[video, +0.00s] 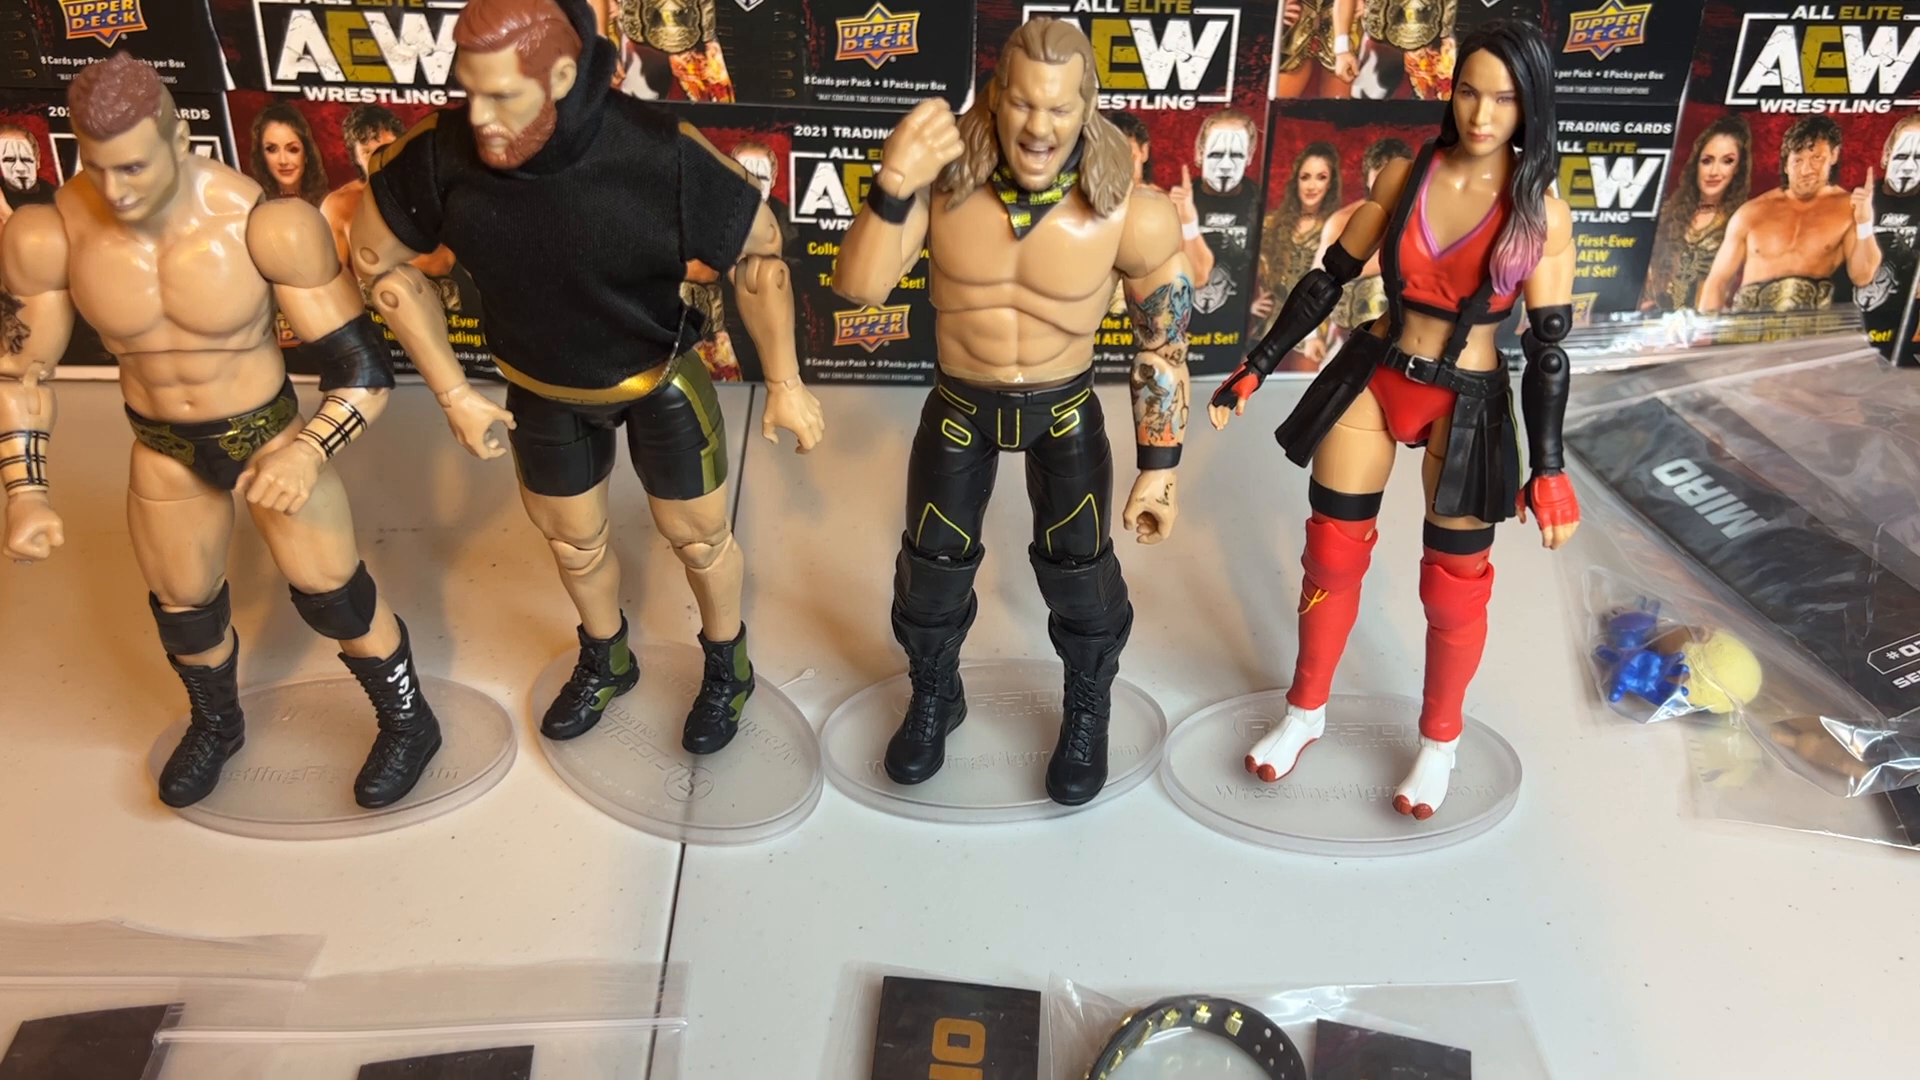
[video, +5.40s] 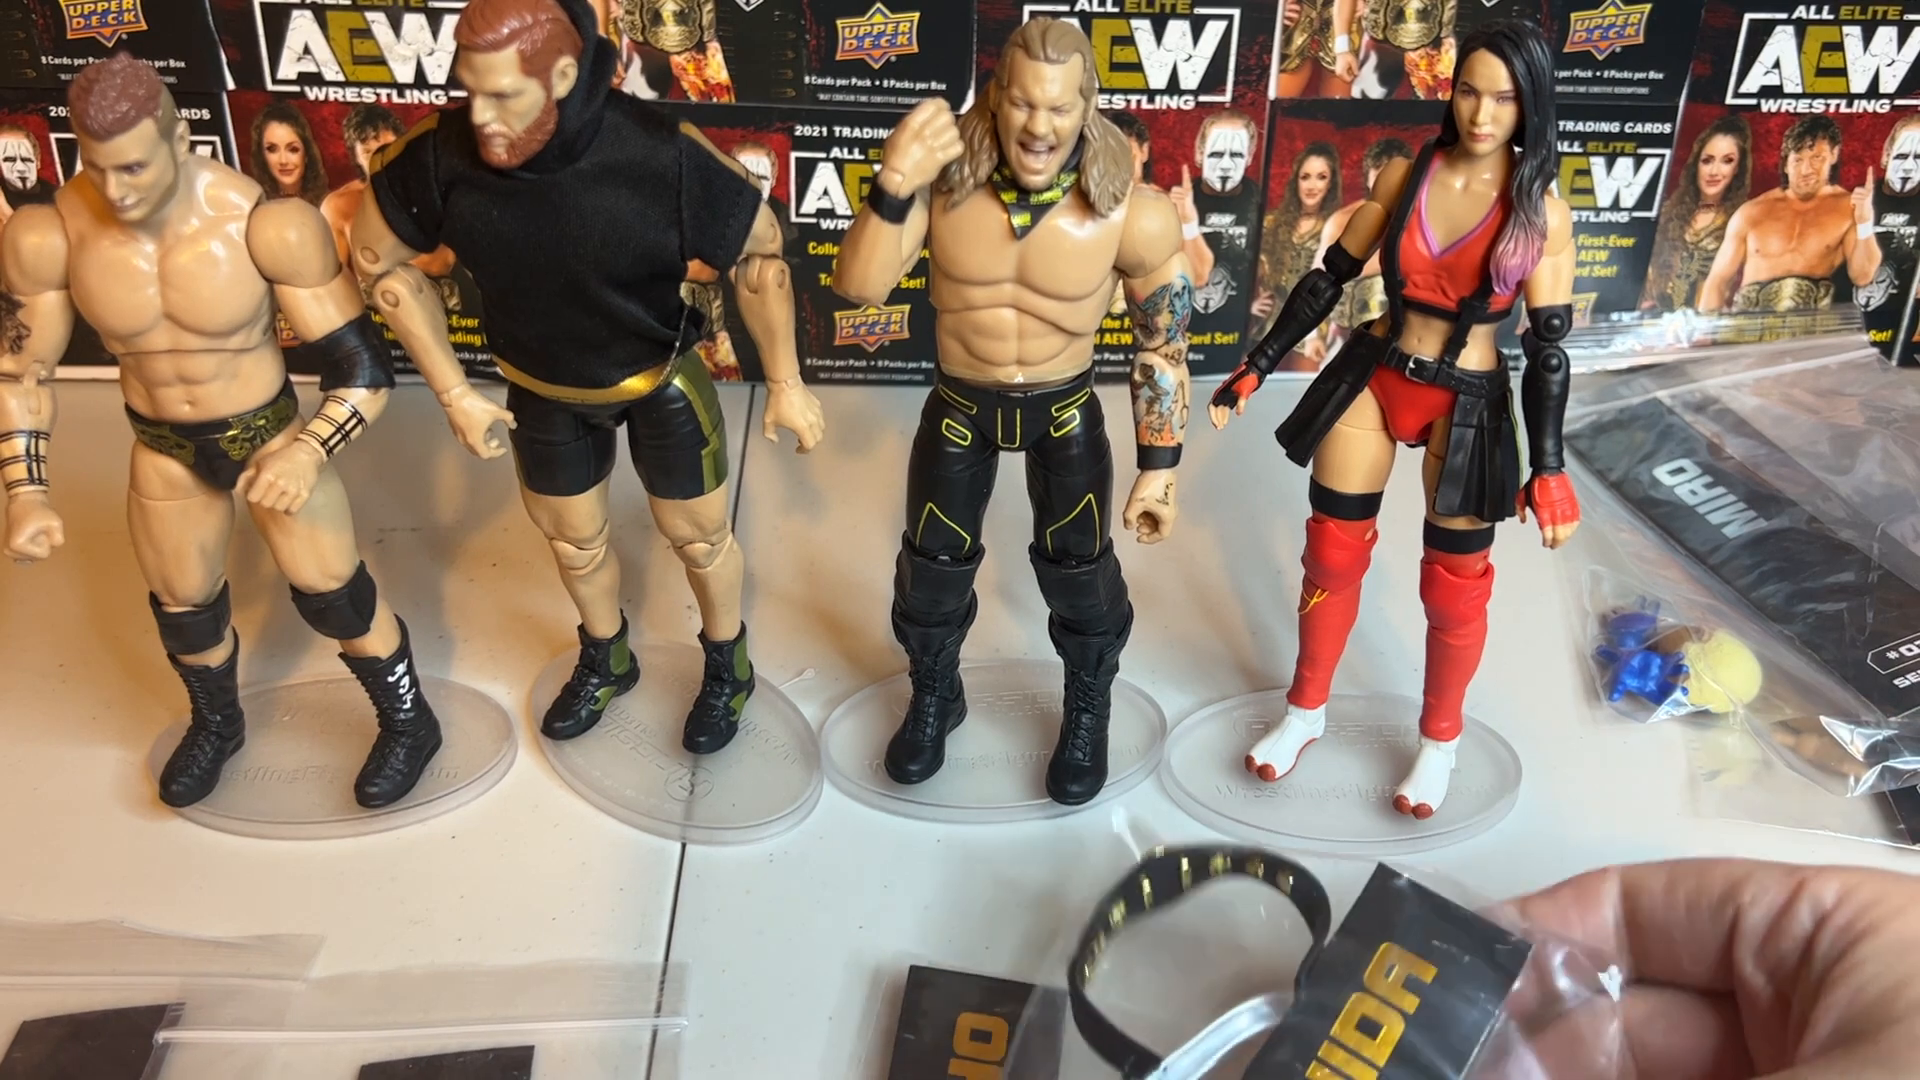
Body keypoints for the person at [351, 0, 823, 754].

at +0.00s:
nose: (481, 119)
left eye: (503, 96)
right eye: (468, 95)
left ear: (563, 76)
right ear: (457, 81)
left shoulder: (653, 155)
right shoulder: (442, 160)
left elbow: (757, 245)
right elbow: (372, 251)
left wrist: (784, 381)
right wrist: (452, 392)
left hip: (661, 382)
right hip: (542, 394)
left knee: (700, 540)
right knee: (575, 546)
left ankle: (726, 665)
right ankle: (607, 660)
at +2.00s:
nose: (481, 119)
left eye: (503, 96)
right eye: (468, 95)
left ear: (564, 76)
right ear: (457, 81)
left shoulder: (653, 155)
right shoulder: (442, 159)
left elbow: (757, 246)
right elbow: (373, 252)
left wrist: (784, 382)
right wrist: (453, 392)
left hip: (661, 381)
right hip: (542, 394)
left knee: (700, 540)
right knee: (575, 545)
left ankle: (726, 667)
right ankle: (607, 661)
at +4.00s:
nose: (481, 119)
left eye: (503, 96)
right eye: (468, 95)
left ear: (563, 76)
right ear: (457, 81)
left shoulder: (653, 156)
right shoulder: (443, 159)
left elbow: (757, 247)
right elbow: (372, 251)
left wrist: (784, 381)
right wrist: (452, 392)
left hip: (661, 383)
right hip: (543, 395)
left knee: (700, 540)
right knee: (575, 546)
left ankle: (726, 666)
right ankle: (607, 660)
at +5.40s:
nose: (482, 118)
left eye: (503, 96)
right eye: (469, 95)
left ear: (564, 76)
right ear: (457, 81)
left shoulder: (654, 155)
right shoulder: (443, 159)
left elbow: (758, 247)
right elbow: (372, 252)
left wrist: (785, 381)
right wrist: (453, 392)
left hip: (662, 381)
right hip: (544, 393)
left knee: (700, 539)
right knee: (576, 546)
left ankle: (726, 666)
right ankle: (607, 660)